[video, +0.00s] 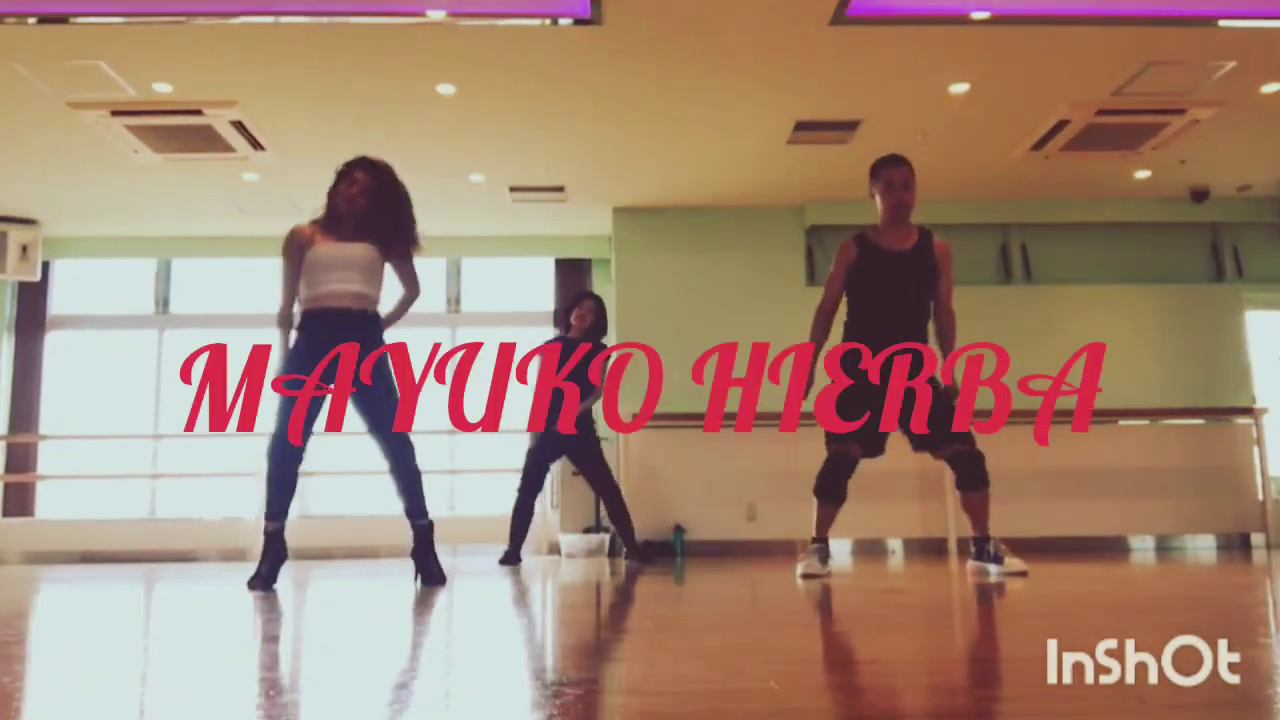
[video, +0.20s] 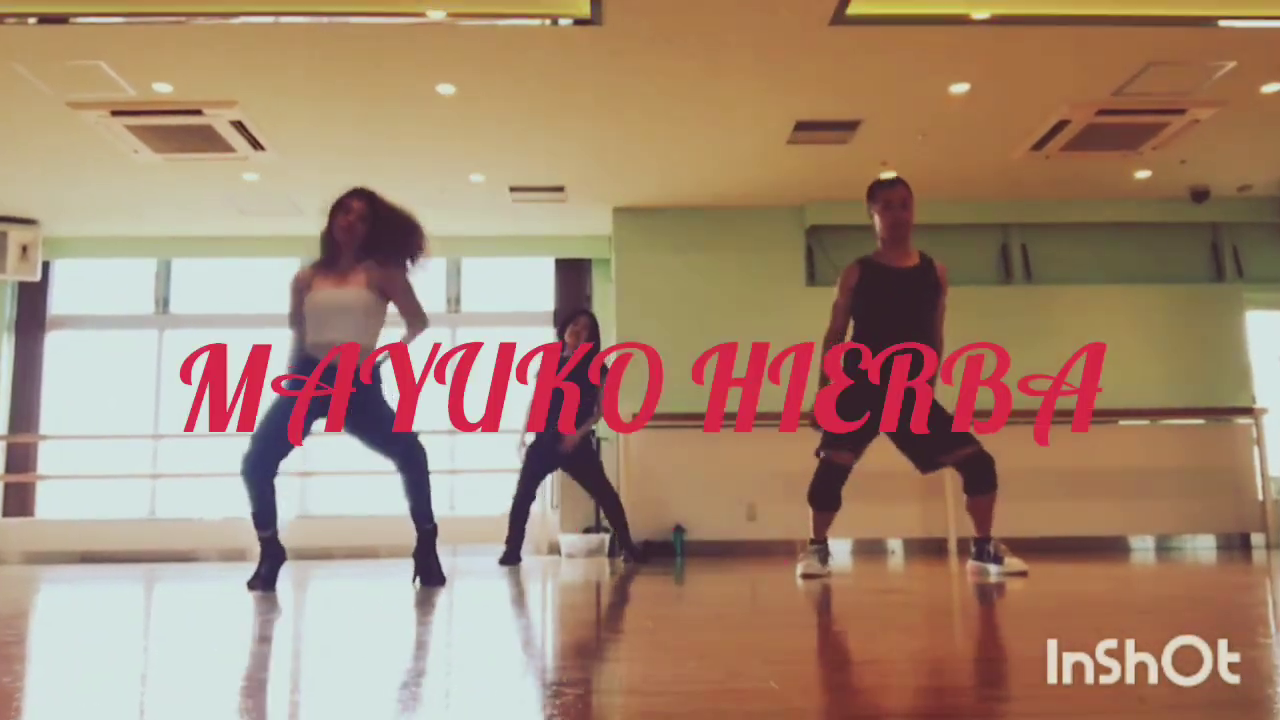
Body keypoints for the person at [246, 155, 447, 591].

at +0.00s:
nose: (353, 193)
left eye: (364, 191)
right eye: (349, 184)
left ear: (376, 202)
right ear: (335, 188)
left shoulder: (384, 239)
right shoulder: (303, 236)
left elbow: (412, 289)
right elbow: (288, 301)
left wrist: (384, 324)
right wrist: (285, 354)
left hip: (363, 336)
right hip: (312, 336)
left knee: (395, 442)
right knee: (285, 444)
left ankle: (423, 542)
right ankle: (273, 543)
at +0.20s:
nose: (350, 223)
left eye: (360, 219)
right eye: (345, 215)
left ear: (371, 230)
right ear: (332, 221)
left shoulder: (383, 274)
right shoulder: (307, 279)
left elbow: (418, 323)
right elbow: (299, 336)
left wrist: (388, 353)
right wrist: (296, 376)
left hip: (357, 389)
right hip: (307, 388)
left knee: (411, 454)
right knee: (256, 465)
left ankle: (426, 547)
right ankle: (270, 550)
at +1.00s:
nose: (339, 209)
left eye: (350, 203)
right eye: (334, 199)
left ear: (364, 212)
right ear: (323, 204)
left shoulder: (380, 255)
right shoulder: (304, 256)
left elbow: (395, 313)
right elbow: (303, 314)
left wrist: (398, 363)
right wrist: (305, 358)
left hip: (354, 360)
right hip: (308, 358)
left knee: (387, 453)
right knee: (260, 447)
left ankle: (428, 543)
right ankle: (272, 543)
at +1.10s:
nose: (337, 230)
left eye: (348, 224)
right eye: (331, 220)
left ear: (362, 235)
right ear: (320, 225)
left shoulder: (370, 276)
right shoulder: (302, 279)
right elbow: (312, 335)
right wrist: (312, 385)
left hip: (364, 389)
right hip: (319, 392)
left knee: (386, 470)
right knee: (247, 458)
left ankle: (431, 545)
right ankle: (272, 547)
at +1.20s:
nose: (335, 235)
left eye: (346, 231)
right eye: (330, 226)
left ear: (359, 243)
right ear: (317, 233)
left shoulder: (368, 289)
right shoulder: (298, 287)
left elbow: (398, 343)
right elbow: (294, 341)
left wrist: (410, 398)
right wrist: (300, 374)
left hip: (376, 395)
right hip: (330, 402)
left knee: (390, 469)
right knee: (258, 462)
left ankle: (434, 543)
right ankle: (277, 546)